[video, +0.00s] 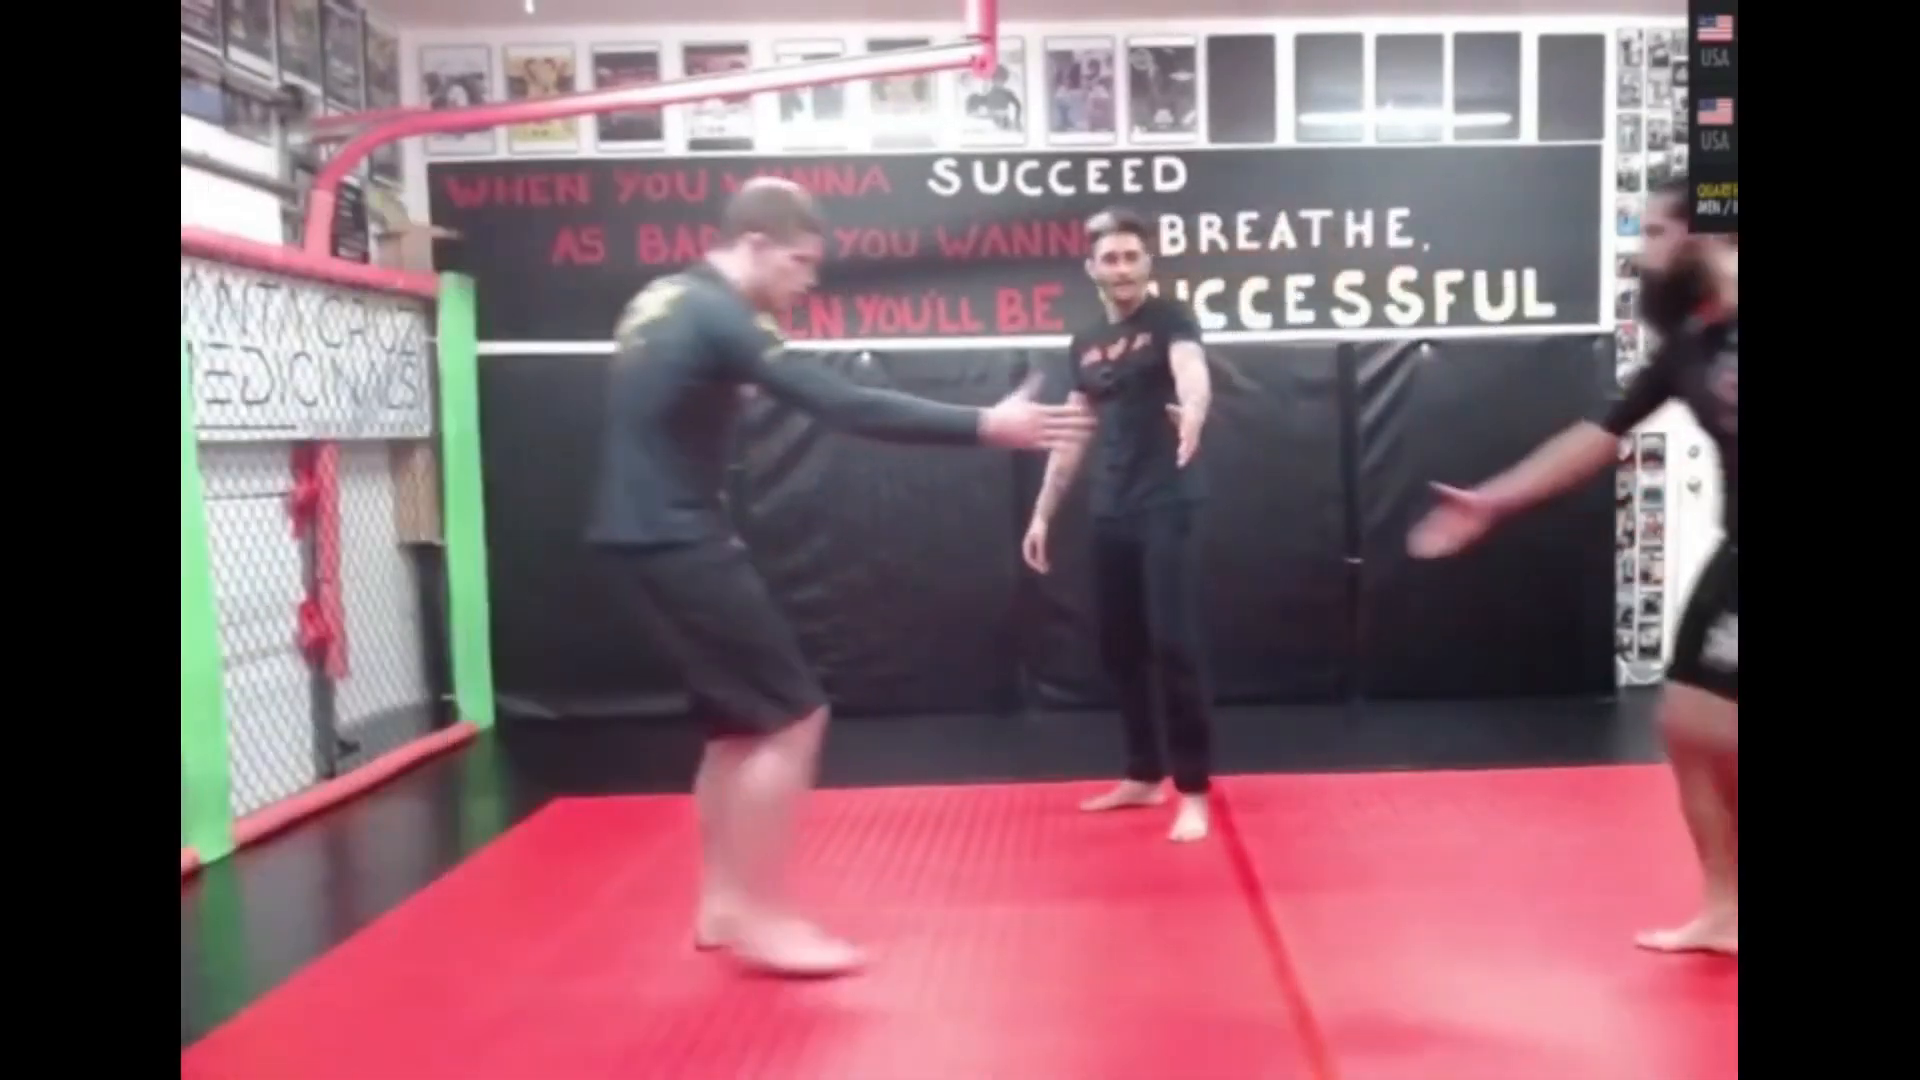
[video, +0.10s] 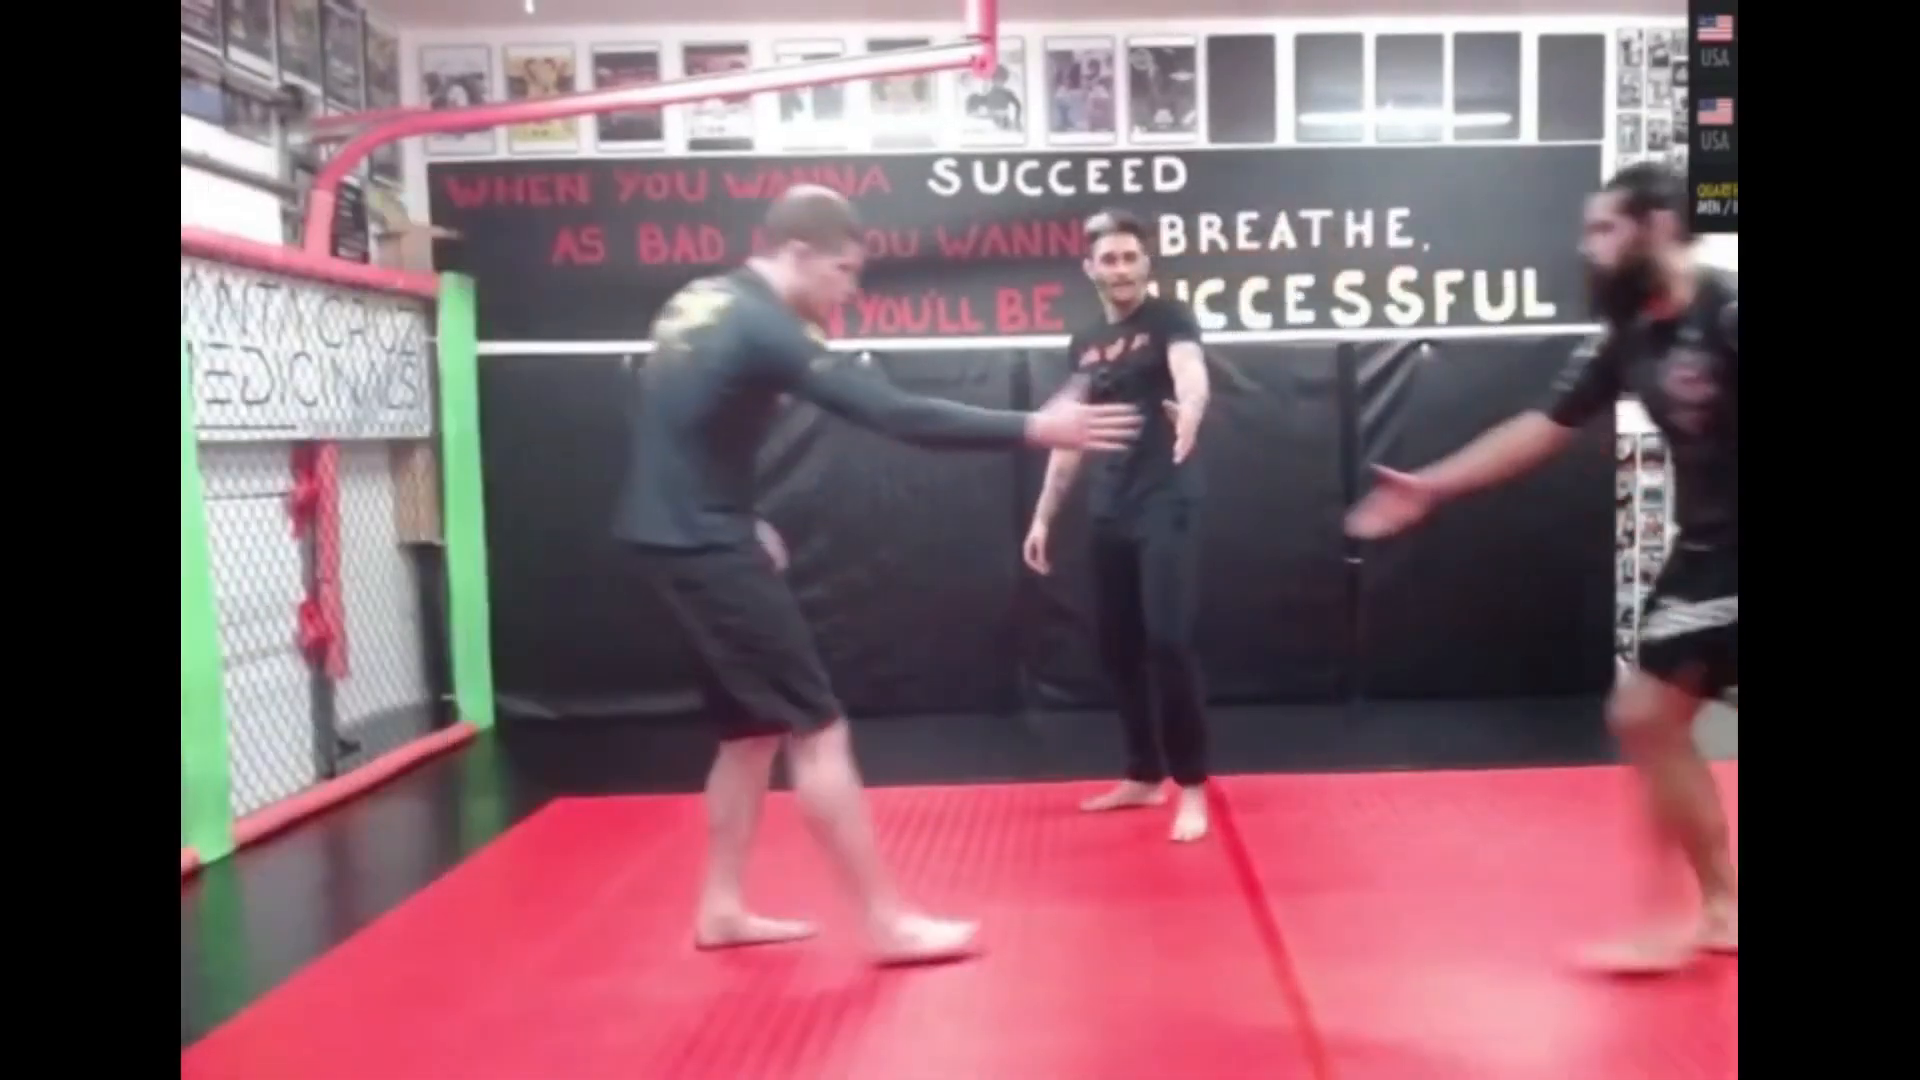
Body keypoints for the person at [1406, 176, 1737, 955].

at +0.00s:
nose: (1641, 250)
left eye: (1656, 232)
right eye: (1643, 232)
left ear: (1706, 241)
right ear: (1692, 246)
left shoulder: (1713, 344)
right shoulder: (1691, 347)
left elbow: (1599, 435)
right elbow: (1600, 435)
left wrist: (1485, 501)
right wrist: (1486, 500)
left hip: (1733, 555)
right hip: (1732, 552)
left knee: (1696, 720)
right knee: (1690, 719)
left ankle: (1724, 905)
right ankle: (1722, 906)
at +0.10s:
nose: (1590, 247)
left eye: (1605, 229)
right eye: (1589, 231)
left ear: (1663, 226)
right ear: (1628, 233)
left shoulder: (1726, 311)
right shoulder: (1633, 336)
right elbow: (1546, 425)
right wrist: (1427, 485)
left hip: (1729, 555)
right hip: (1701, 552)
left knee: (1644, 713)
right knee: (1652, 718)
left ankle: (1716, 903)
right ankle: (1719, 904)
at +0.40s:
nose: (1446, 271)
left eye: (1459, 254)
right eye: (1444, 255)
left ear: (1513, 253)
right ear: (1490, 259)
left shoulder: (1599, 348)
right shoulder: (1483, 358)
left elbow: (1692, 458)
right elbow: (1382, 435)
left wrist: (1694, 602)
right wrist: (1267, 468)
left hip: (1601, 577)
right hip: (1557, 574)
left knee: (1468, 733)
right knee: (1527, 744)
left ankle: (1445, 932)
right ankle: (1671, 868)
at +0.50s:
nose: (1380, 276)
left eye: (1391, 259)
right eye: (1380, 260)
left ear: (1445, 255)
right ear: (1431, 258)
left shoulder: (1540, 339)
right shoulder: (1429, 355)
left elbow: (1620, 455)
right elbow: (1354, 443)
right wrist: (1238, 489)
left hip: (1564, 567)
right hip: (1516, 565)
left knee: (1460, 731)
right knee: (1489, 727)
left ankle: (1446, 933)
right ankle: (1594, 858)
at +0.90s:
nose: (1298, 308)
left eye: (1308, 291)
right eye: (1297, 293)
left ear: (1359, 287)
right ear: (1351, 292)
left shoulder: (1457, 344)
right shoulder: (1359, 370)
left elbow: (1571, 424)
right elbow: (1270, 426)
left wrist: (1508, 548)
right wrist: (1167, 405)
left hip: (1542, 551)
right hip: (1494, 553)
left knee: (1445, 725)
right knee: (1465, 720)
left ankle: (1446, 932)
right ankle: (1489, 868)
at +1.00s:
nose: (1305, 305)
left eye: (1315, 289)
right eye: (1303, 290)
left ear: (1364, 283)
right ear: (1358, 287)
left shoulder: (1465, 339)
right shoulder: (1361, 360)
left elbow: (1572, 423)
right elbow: (1265, 416)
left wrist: (1510, 543)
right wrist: (1161, 403)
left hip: (1543, 544)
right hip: (1489, 546)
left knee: (1450, 720)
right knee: (1468, 717)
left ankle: (1448, 928)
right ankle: (1491, 868)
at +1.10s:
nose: (1308, 298)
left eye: (1318, 281)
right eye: (1307, 282)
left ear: (1369, 276)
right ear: (1360, 281)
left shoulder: (1468, 334)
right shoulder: (1366, 358)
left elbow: (1566, 422)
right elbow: (1283, 420)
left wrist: (1501, 538)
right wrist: (1194, 440)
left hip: (1547, 535)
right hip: (1496, 539)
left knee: (1466, 716)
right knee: (1478, 712)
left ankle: (1457, 924)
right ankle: (1494, 869)